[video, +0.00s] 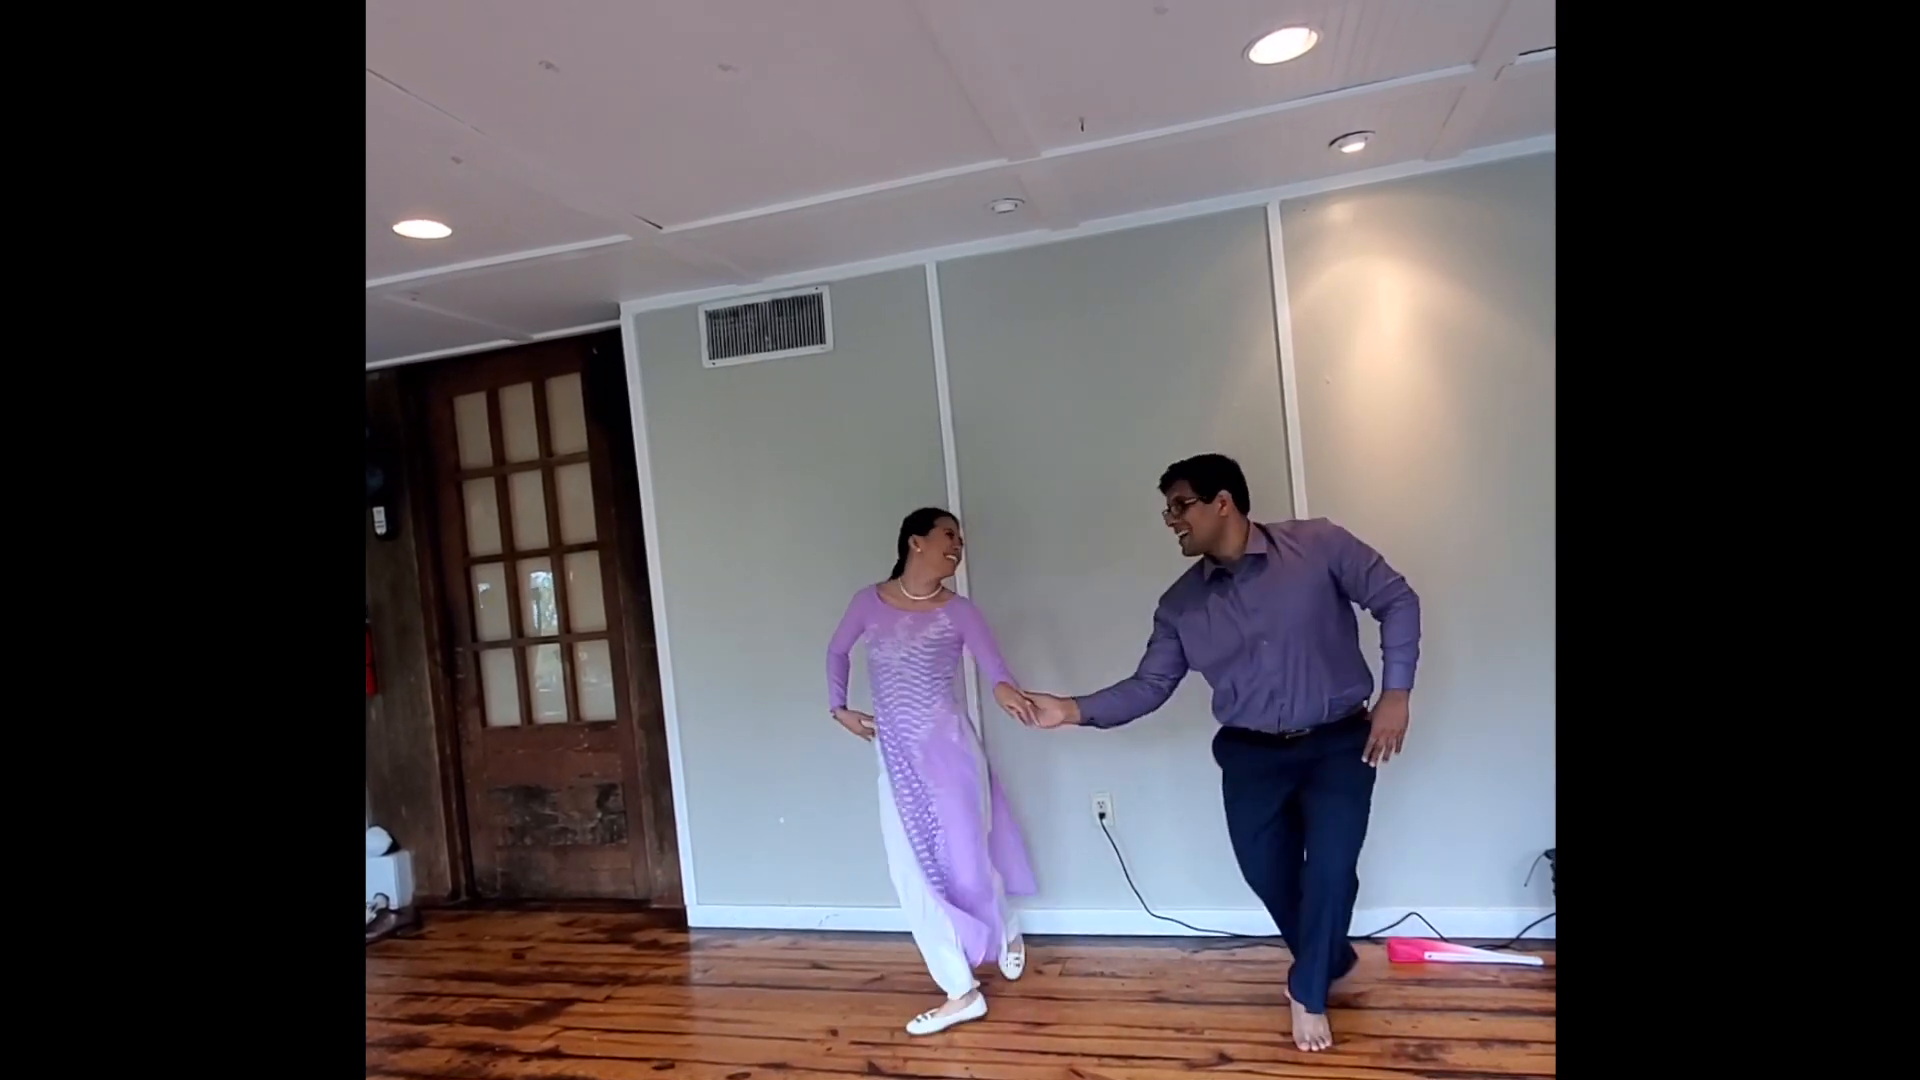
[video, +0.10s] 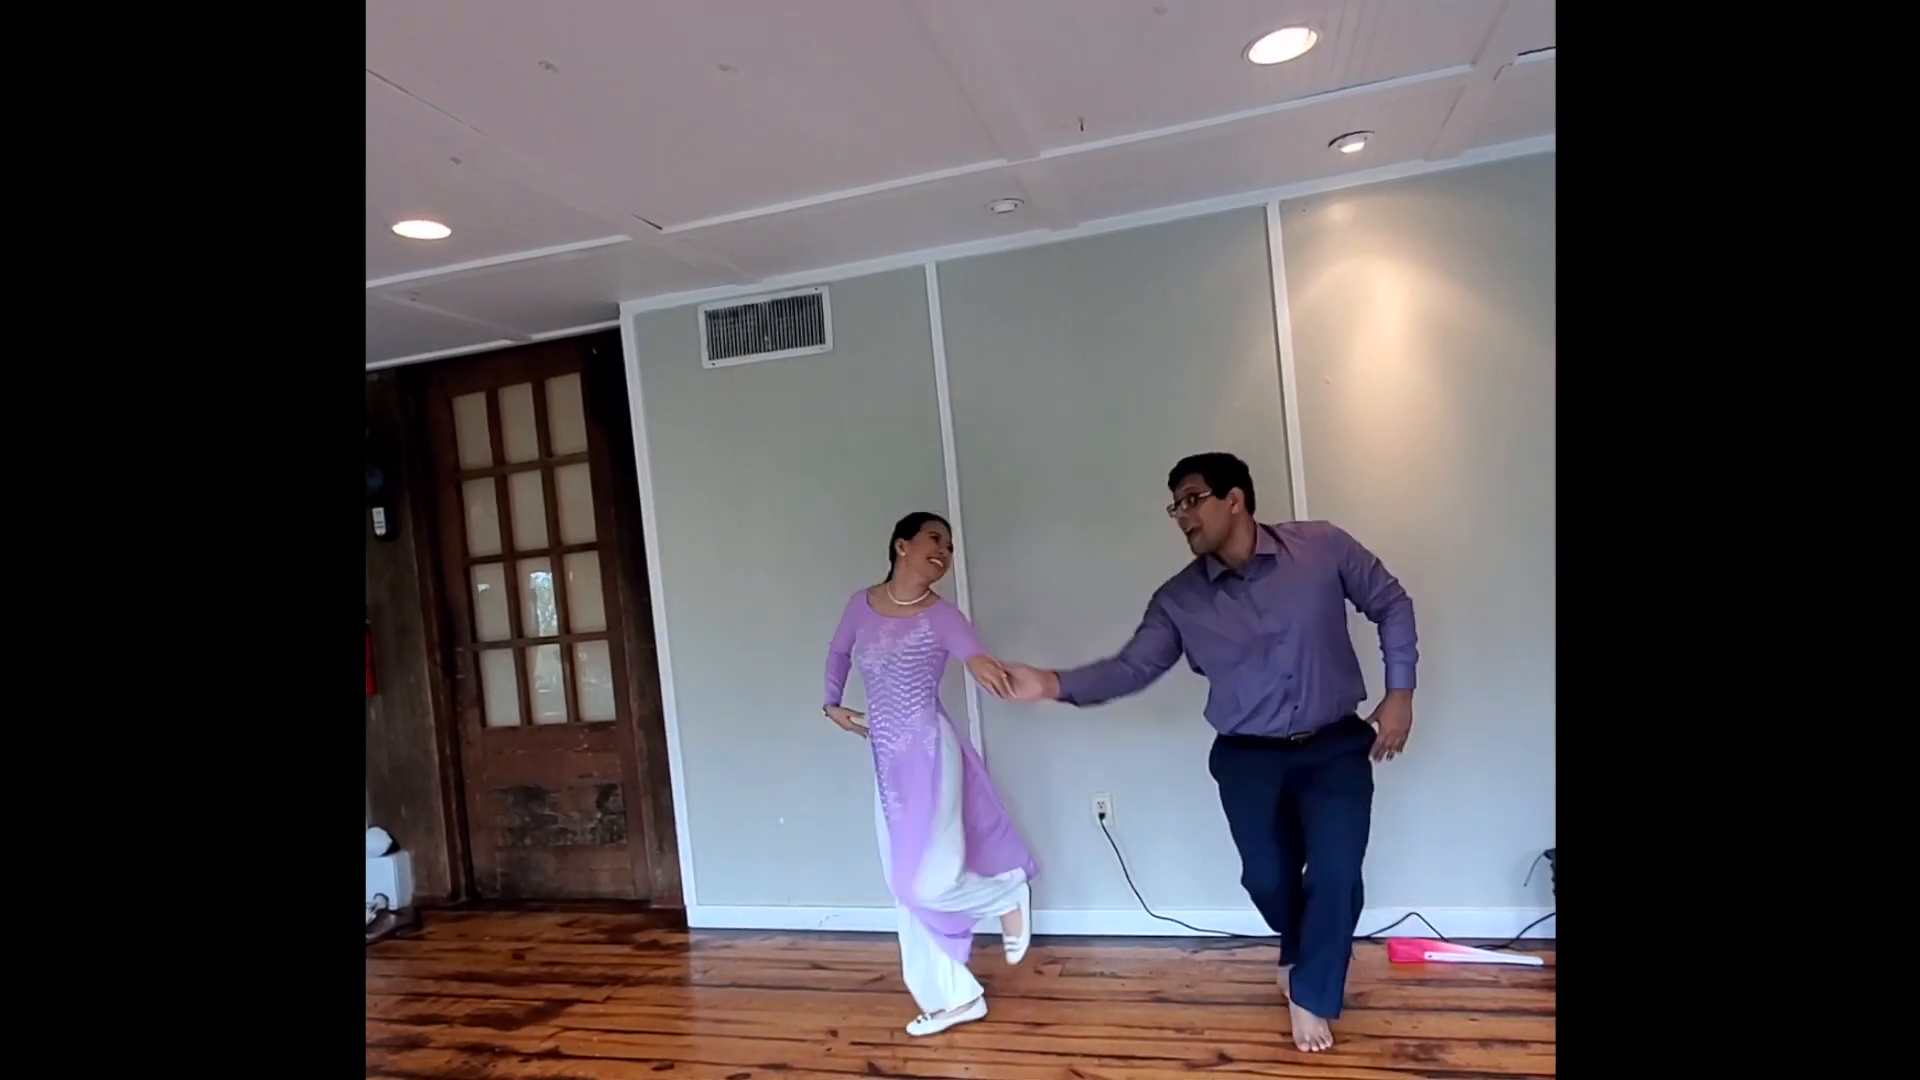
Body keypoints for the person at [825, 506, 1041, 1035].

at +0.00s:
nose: (959, 547)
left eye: (960, 540)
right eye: (950, 537)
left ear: (940, 549)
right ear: (915, 543)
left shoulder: (959, 611)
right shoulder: (870, 602)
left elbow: (993, 665)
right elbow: (838, 651)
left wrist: (1003, 687)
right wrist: (838, 706)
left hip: (950, 752)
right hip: (896, 757)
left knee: (965, 869)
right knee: (913, 874)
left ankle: (1003, 931)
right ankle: (961, 992)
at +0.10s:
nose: (944, 553)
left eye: (948, 548)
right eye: (935, 543)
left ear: (944, 561)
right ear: (901, 547)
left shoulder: (939, 613)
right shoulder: (861, 605)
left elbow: (967, 642)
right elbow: (839, 654)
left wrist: (980, 659)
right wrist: (833, 705)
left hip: (932, 752)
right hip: (888, 756)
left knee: (929, 885)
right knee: (909, 884)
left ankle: (1008, 894)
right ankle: (957, 995)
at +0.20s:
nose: (923, 547)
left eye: (932, 544)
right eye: (915, 534)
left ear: (932, 560)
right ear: (885, 542)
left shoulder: (923, 610)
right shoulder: (857, 600)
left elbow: (954, 655)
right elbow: (850, 657)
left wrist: (940, 643)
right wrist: (836, 699)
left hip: (918, 750)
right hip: (882, 751)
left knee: (865, 875)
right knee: (913, 871)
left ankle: (964, 950)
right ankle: (953, 996)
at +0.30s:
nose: (899, 539)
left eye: (911, 538)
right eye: (892, 527)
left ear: (916, 554)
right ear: (869, 532)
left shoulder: (902, 601)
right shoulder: (853, 594)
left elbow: (869, 629)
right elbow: (869, 659)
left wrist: (816, 603)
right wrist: (849, 690)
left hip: (898, 747)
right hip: (878, 744)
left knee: (847, 884)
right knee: (911, 872)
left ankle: (881, 1012)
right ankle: (957, 992)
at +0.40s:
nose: (861, 535)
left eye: (878, 533)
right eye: (859, 525)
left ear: (895, 554)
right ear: (849, 534)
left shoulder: (866, 600)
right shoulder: (888, 605)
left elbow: (793, 642)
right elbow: (900, 665)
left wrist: (735, 618)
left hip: (870, 744)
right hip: (895, 742)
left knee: (857, 874)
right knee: (908, 871)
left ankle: (848, 1016)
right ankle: (953, 994)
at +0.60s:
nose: (807, 540)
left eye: (812, 534)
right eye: (810, 532)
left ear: (829, 550)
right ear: (863, 548)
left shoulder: (799, 604)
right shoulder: (896, 598)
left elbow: (734, 659)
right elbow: (961, 650)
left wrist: (777, 667)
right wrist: (926, 696)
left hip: (829, 748)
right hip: (888, 742)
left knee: (841, 882)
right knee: (899, 877)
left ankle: (854, 1027)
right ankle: (918, 1021)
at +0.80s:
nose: (872, 535)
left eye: (866, 526)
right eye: (868, 527)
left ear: (818, 545)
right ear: (862, 539)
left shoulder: (814, 599)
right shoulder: (881, 596)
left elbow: (802, 666)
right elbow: (911, 663)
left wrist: (861, 689)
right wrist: (937, 706)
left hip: (823, 746)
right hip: (867, 746)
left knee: (843, 886)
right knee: (883, 883)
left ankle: (849, 1028)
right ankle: (882, 1036)